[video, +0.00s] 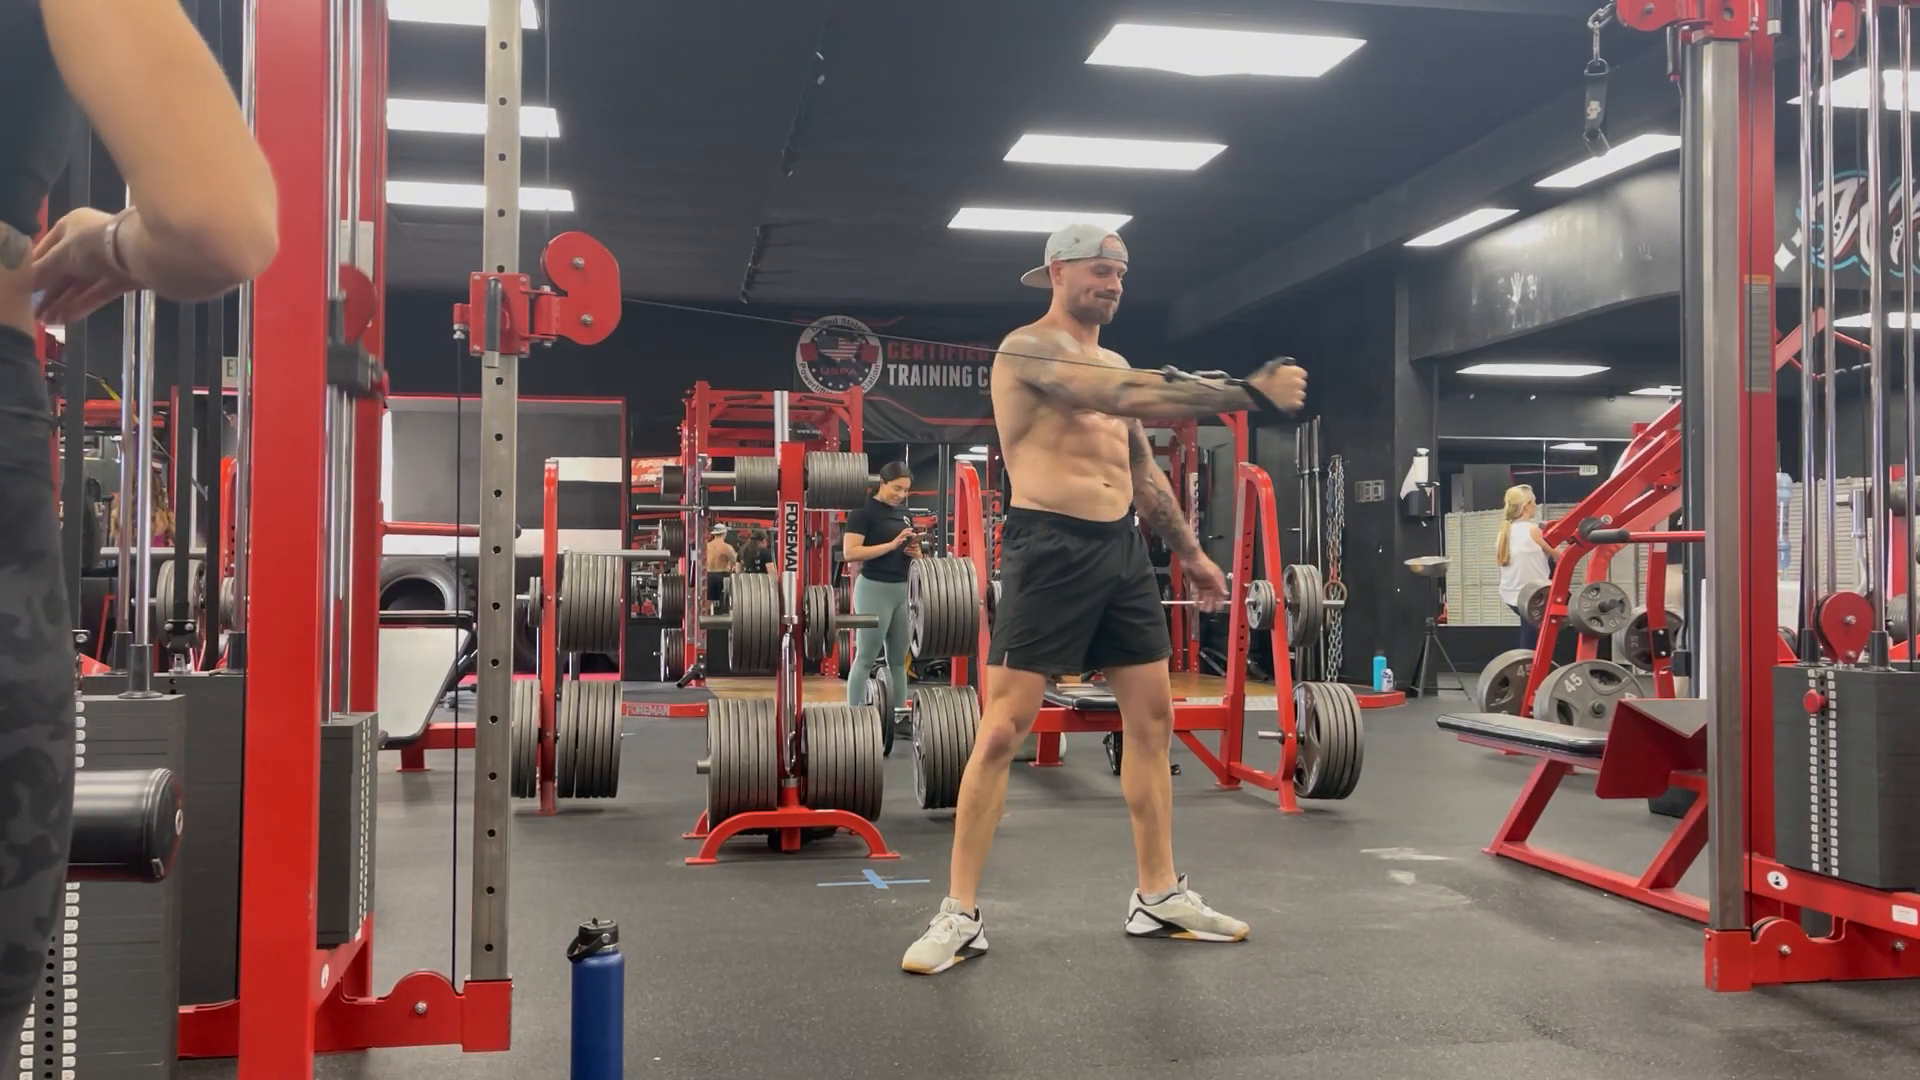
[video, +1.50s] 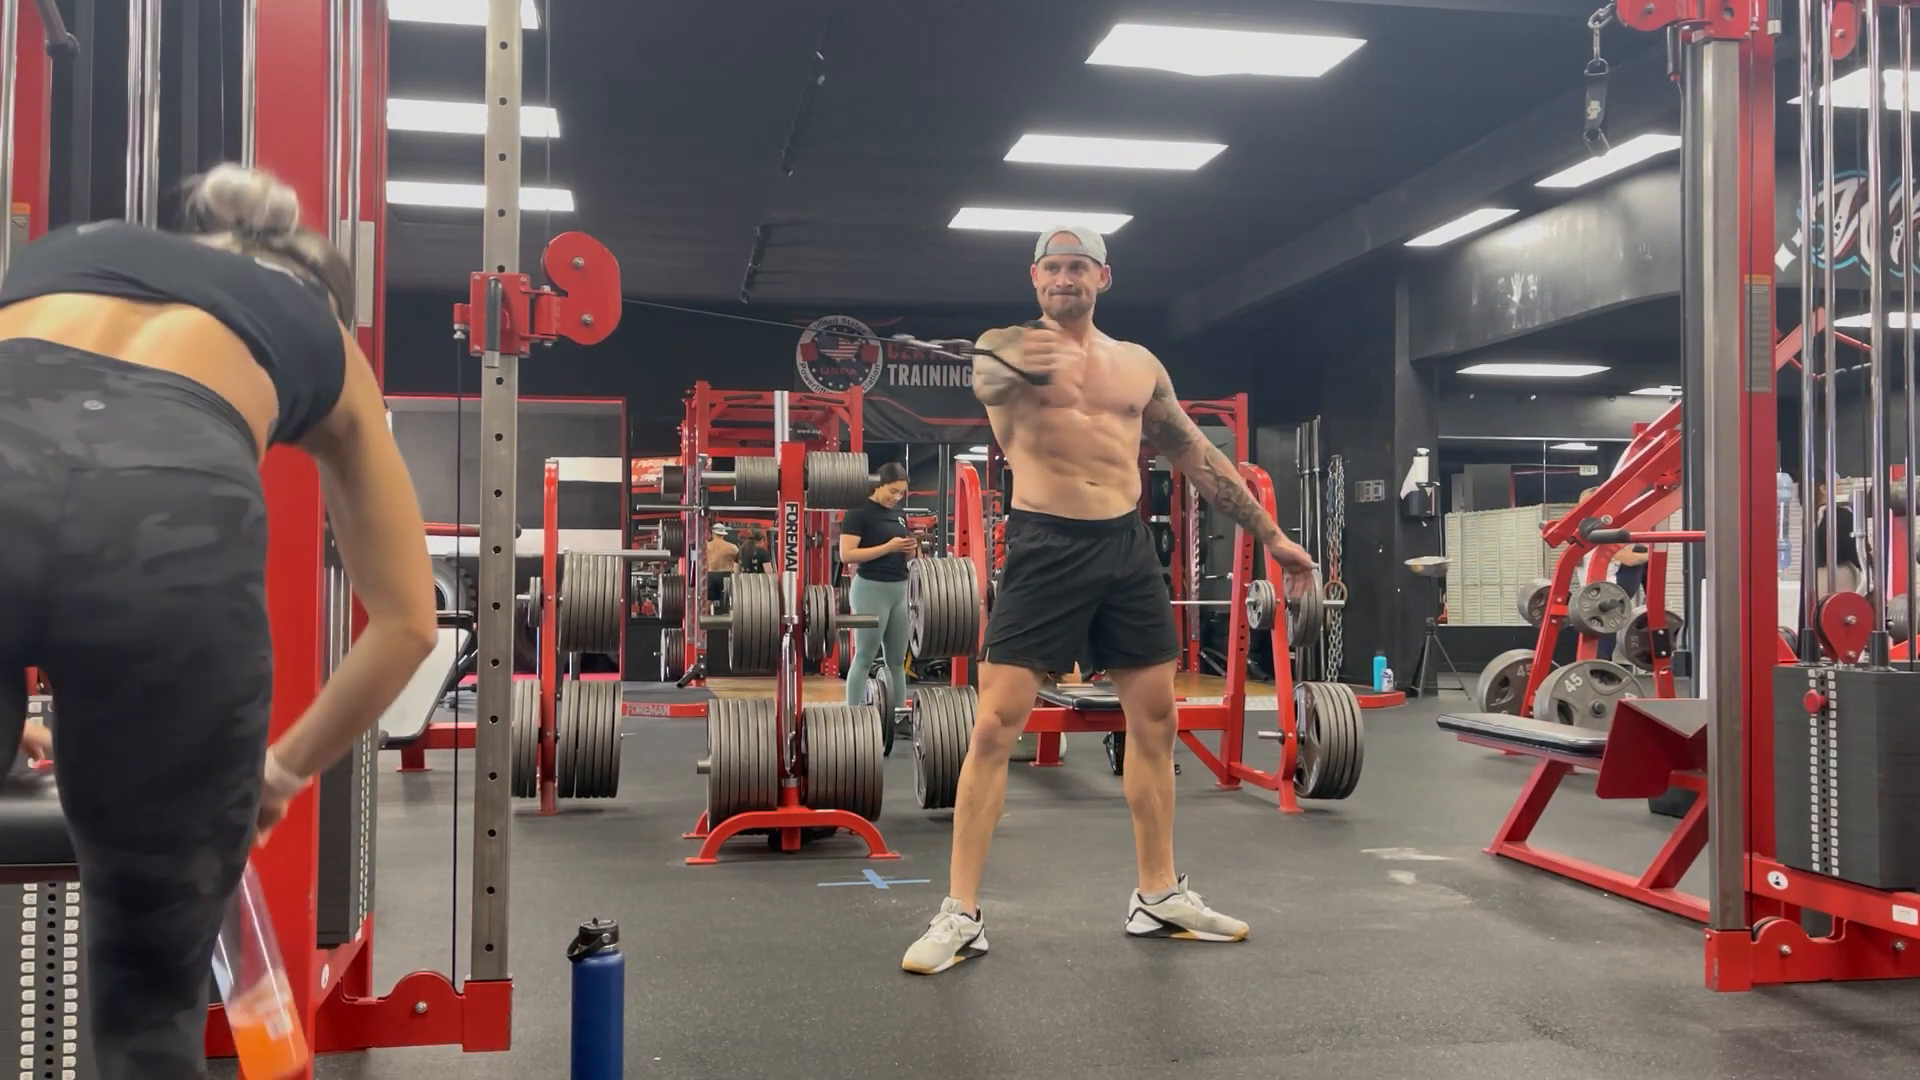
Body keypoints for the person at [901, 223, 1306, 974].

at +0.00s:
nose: (1112, 281)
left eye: (1119, 271)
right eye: (1097, 266)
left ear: (1119, 284)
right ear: (1055, 274)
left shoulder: (1121, 372)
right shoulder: (1024, 347)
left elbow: (1144, 474)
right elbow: (1110, 390)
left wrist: (1191, 552)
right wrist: (1248, 390)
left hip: (1124, 552)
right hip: (1046, 549)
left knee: (1152, 720)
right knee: (1000, 733)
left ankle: (1158, 894)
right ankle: (959, 910)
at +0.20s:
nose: (1133, 288)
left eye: (1135, 278)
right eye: (1122, 274)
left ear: (1101, 280)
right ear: (1077, 273)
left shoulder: (1104, 358)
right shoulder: (1055, 341)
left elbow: (1183, 410)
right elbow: (1158, 396)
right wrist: (1275, 405)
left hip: (1122, 551)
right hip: (1052, 549)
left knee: (1152, 720)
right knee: (1011, 734)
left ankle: (1159, 895)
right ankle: (961, 911)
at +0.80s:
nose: (1124, 291)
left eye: (1129, 281)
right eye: (1112, 275)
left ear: (1122, 290)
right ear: (1066, 275)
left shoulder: (1109, 359)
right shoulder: (1048, 340)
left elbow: (1181, 397)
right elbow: (1155, 395)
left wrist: (1275, 394)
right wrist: (1275, 398)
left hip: (1121, 551)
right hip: (1052, 548)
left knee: (1149, 720)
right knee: (1011, 736)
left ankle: (1159, 894)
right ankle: (961, 911)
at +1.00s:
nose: (1106, 287)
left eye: (1116, 277)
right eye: (1092, 272)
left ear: (1120, 289)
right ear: (1053, 276)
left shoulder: (1116, 371)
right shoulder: (1027, 345)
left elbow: (1139, 472)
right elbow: (1116, 389)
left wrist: (1184, 546)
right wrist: (1255, 389)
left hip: (1126, 550)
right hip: (1050, 549)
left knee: (1151, 721)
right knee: (1005, 733)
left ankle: (1158, 894)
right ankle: (960, 910)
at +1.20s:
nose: (1091, 283)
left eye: (1103, 273)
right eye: (1078, 270)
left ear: (1113, 285)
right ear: (1046, 275)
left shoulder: (1127, 371)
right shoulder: (1013, 345)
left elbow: (1166, 471)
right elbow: (1069, 391)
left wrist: (1220, 546)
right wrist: (1183, 385)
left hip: (1127, 552)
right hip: (1043, 549)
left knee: (1153, 720)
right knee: (1000, 730)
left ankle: (1159, 894)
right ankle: (961, 910)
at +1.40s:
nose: (1074, 280)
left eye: (1087, 269)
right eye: (1062, 268)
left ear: (1107, 280)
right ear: (1040, 279)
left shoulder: (1136, 365)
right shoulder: (1007, 343)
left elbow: (1190, 462)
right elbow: (1017, 388)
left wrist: (1256, 543)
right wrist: (1092, 363)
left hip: (1128, 550)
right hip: (1043, 549)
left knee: (1154, 719)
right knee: (996, 727)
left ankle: (1157, 894)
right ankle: (961, 910)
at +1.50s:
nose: (1065, 278)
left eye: (1079, 266)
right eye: (1053, 267)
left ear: (1104, 279)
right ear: (1034, 278)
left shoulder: (1140, 365)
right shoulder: (1005, 346)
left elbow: (1203, 460)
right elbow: (988, 383)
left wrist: (1272, 536)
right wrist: (1021, 365)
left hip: (1129, 551)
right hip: (1042, 552)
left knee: (1156, 719)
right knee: (993, 725)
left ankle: (1158, 894)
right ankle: (960, 910)